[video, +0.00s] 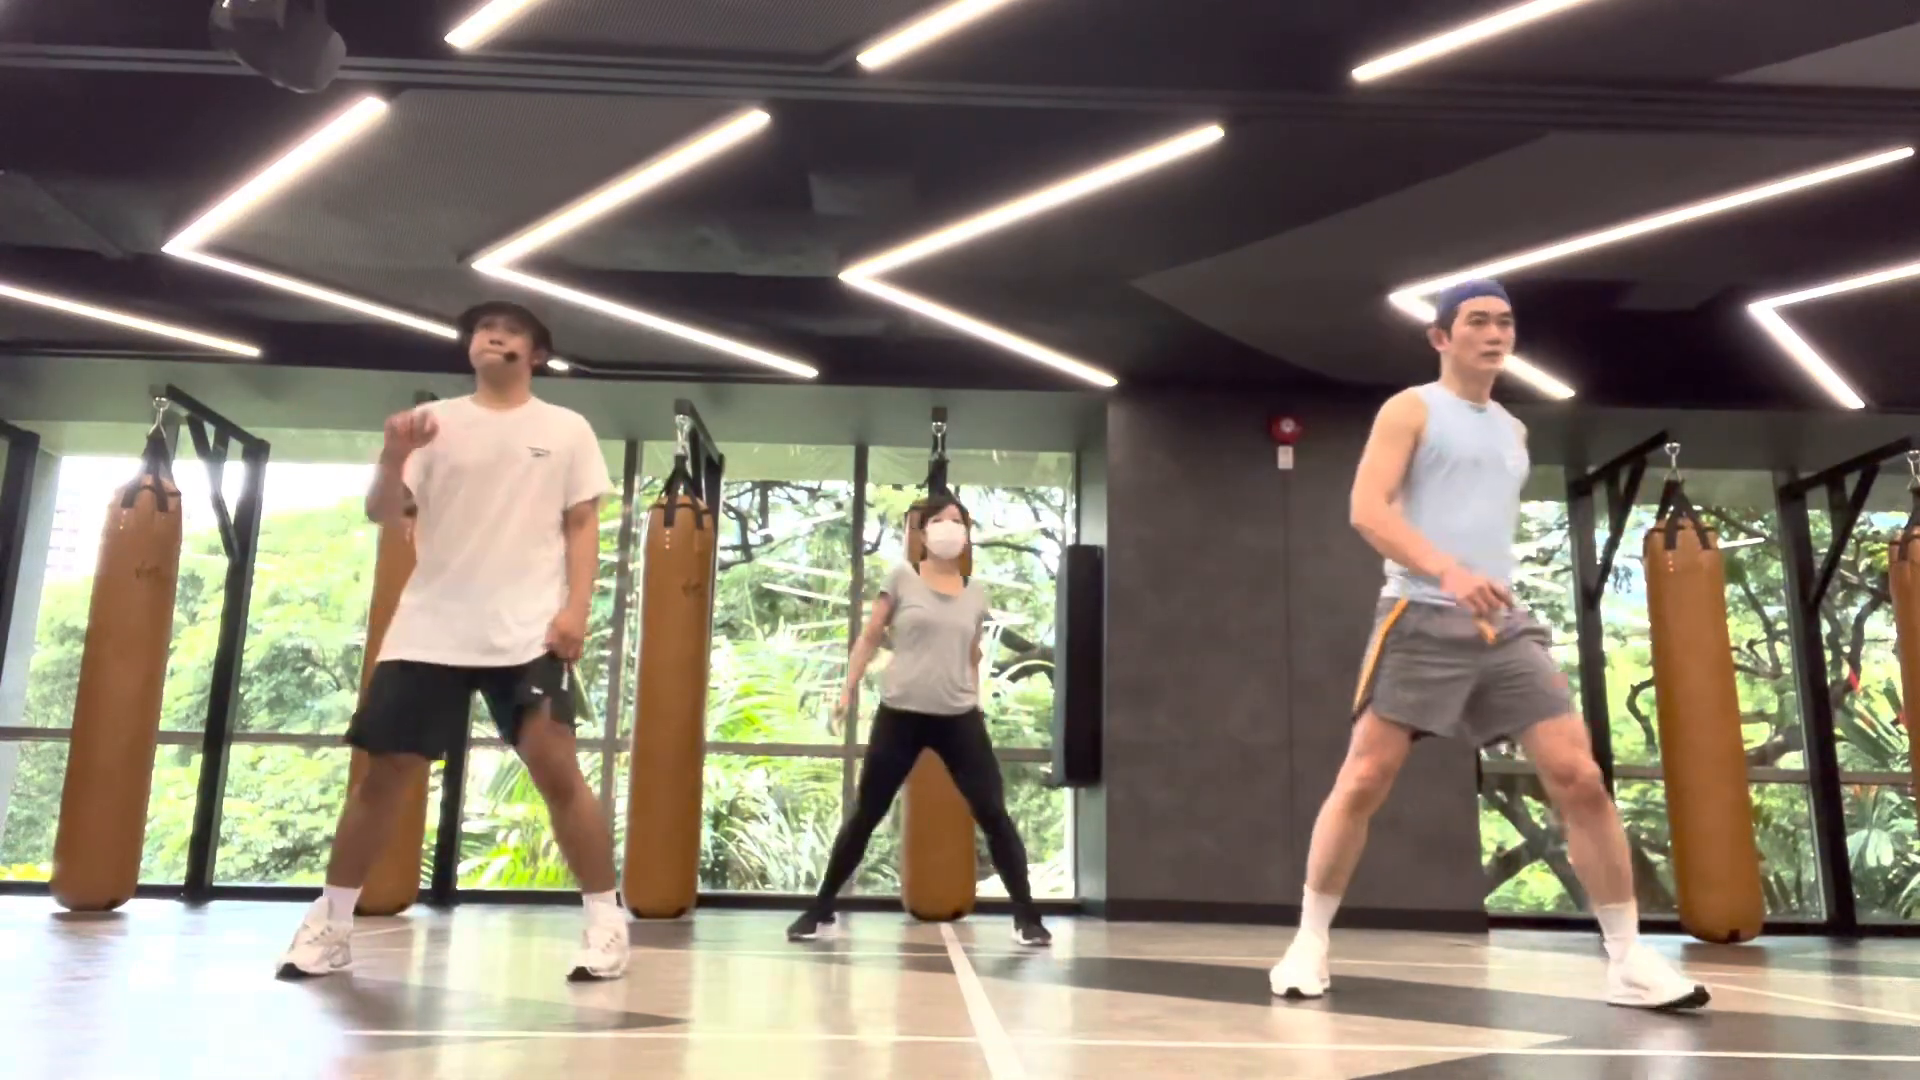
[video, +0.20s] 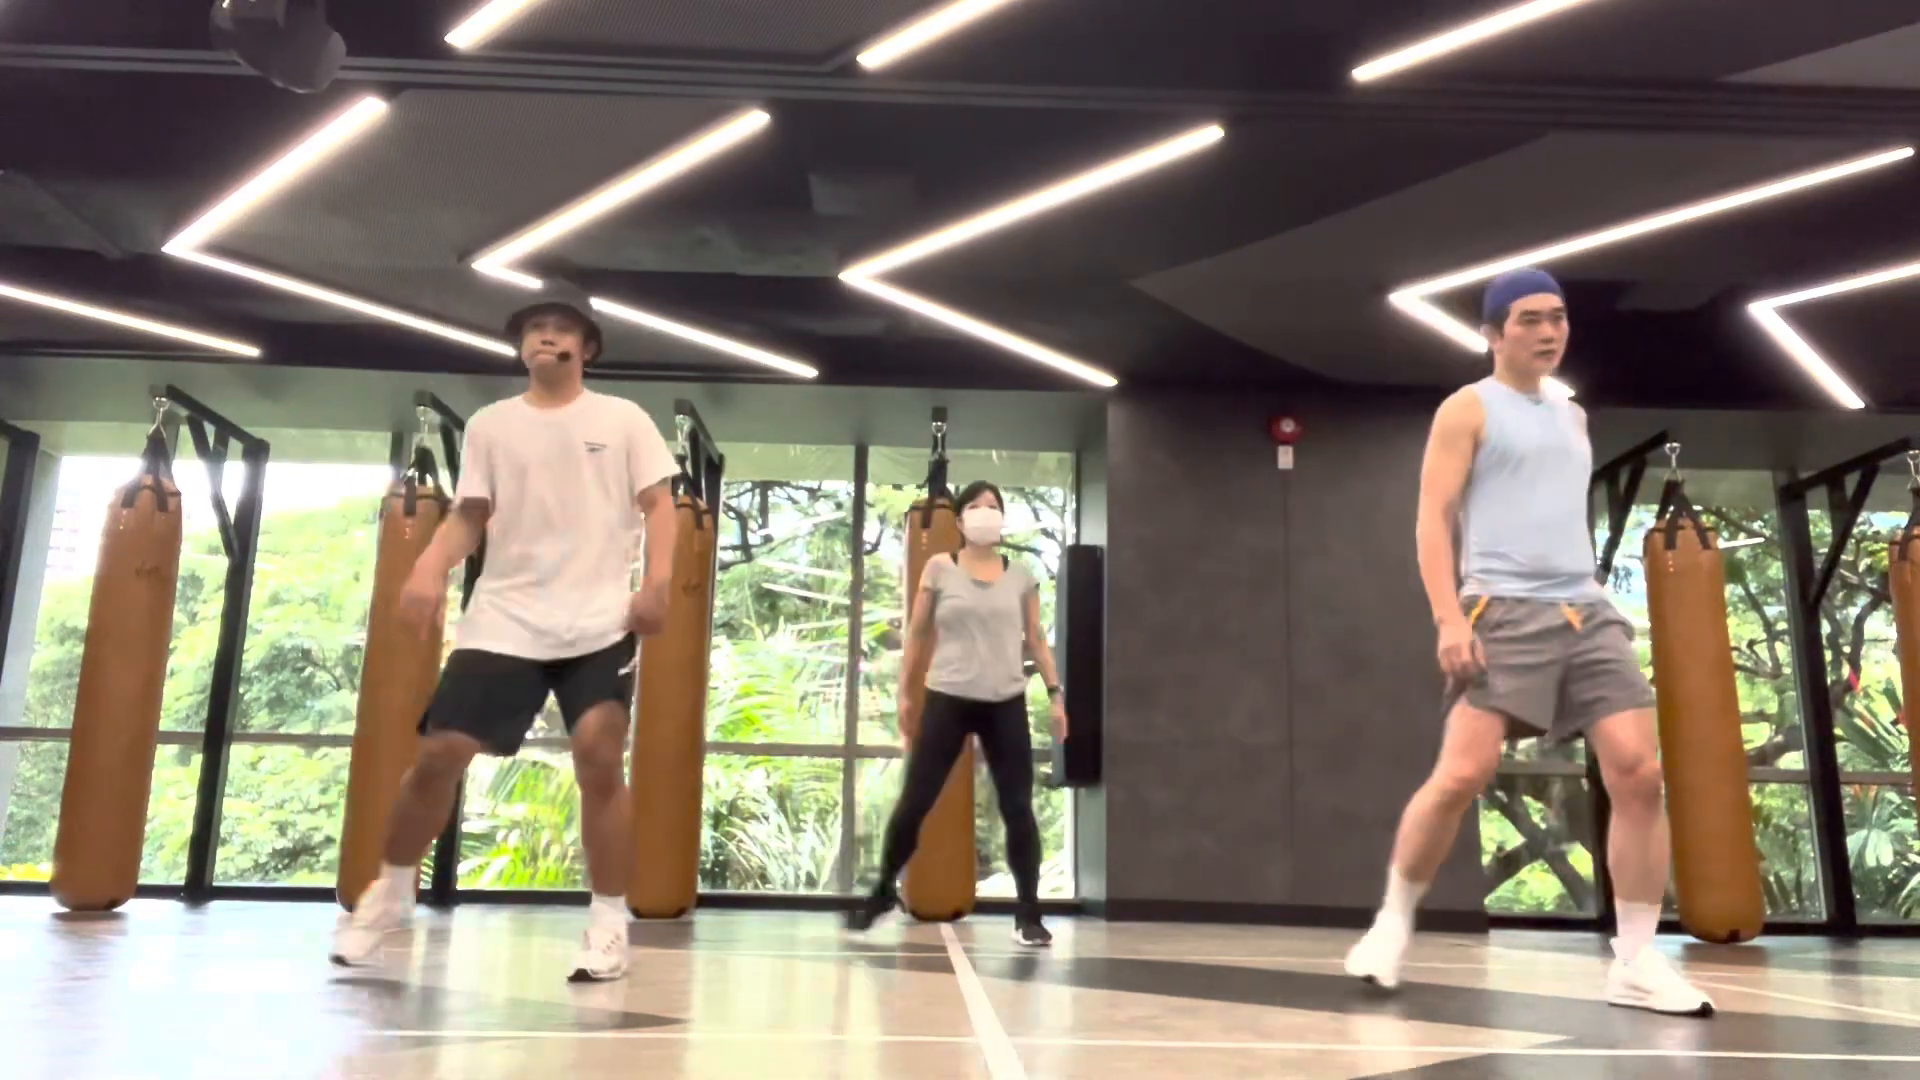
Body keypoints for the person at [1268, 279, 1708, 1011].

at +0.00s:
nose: (1494, 333)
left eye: (1503, 322)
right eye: (1478, 321)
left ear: (1513, 339)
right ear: (1442, 337)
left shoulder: (1513, 434)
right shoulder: (1410, 409)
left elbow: (1487, 530)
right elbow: (1368, 510)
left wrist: (1503, 607)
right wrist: (1451, 571)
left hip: (1505, 627)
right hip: (1421, 622)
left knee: (1580, 777)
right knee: (1363, 778)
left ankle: (1627, 960)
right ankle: (1309, 942)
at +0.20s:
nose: (1549, 330)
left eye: (1557, 318)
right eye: (1532, 319)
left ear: (1566, 329)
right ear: (1497, 332)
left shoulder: (1572, 412)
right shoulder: (1466, 408)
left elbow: (1565, 514)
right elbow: (1432, 517)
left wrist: (1587, 599)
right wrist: (1449, 618)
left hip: (1589, 612)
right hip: (1505, 616)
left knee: (1638, 772)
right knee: (1460, 776)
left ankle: (1635, 961)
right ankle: (1392, 925)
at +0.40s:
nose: (1565, 339)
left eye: (1575, 326)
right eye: (1548, 326)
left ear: (1584, 334)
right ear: (1510, 335)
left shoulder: (1607, 412)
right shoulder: (1465, 420)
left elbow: (1622, 491)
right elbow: (1437, 524)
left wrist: (1648, 503)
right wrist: (1434, 628)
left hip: (1622, 598)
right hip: (1541, 604)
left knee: (1656, 769)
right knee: (1599, 770)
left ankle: (1645, 955)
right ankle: (1595, 948)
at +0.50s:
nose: (1569, 354)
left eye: (1580, 342)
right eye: (1553, 340)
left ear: (1589, 348)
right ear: (1516, 346)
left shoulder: (1618, 424)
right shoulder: (1467, 435)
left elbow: (1650, 534)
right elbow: (1448, 543)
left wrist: (1656, 489)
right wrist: (1445, 646)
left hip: (1628, 610)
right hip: (1544, 619)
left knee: (1666, 767)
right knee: (1606, 765)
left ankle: (1645, 954)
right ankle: (1587, 935)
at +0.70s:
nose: (1584, 370)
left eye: (1595, 357)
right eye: (1569, 357)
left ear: (1605, 359)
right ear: (1533, 358)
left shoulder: (1626, 438)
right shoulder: (1474, 431)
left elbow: (1618, 544)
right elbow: (1447, 533)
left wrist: (1617, 456)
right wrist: (1447, 627)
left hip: (1582, 628)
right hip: (1496, 625)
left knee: (1622, 771)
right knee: (1505, 761)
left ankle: (1639, 957)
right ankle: (1476, 899)